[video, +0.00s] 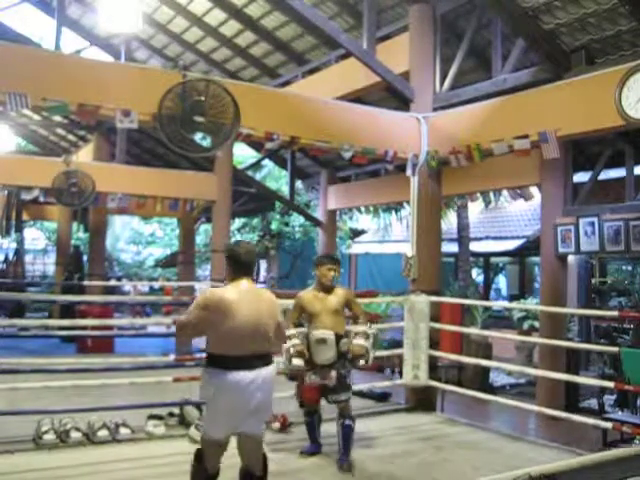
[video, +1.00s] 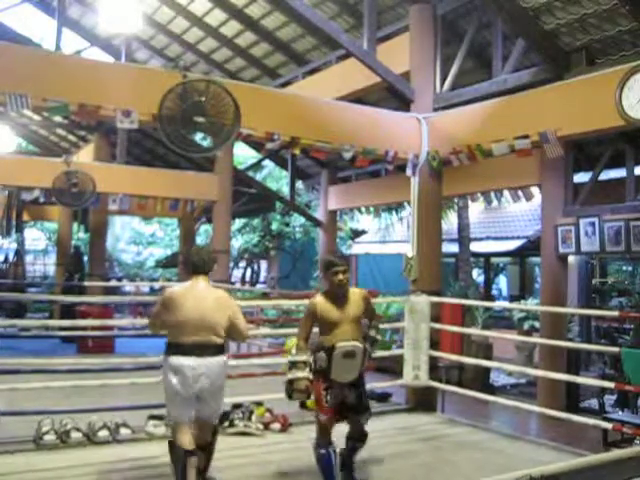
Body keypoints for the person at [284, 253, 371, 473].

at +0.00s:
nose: (332, 274)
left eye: (335, 271)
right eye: (328, 270)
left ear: (338, 273)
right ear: (317, 271)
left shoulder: (344, 295)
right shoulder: (303, 298)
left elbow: (361, 317)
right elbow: (291, 324)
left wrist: (359, 340)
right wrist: (297, 345)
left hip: (339, 350)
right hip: (312, 350)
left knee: (343, 402)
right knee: (308, 398)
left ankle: (345, 454)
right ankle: (314, 443)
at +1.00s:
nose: (342, 278)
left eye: (345, 273)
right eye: (336, 274)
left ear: (349, 274)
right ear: (326, 277)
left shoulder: (361, 297)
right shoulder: (317, 304)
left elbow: (374, 319)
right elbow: (302, 338)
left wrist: (369, 339)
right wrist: (302, 371)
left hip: (355, 368)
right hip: (327, 369)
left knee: (359, 428)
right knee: (324, 427)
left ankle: (348, 462)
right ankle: (328, 473)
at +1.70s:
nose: (328, 273)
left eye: (334, 268)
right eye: (324, 268)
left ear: (345, 271)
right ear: (319, 272)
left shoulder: (359, 304)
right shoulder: (308, 302)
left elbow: (386, 336)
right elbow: (289, 329)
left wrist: (371, 367)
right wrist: (287, 361)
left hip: (344, 379)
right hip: (311, 378)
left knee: (346, 449)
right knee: (300, 452)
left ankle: (349, 475)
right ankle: (321, 476)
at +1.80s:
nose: (321, 273)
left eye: (327, 268)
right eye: (318, 268)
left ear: (340, 270)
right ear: (313, 271)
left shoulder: (356, 304)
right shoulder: (304, 302)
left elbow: (379, 338)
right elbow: (292, 329)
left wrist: (353, 363)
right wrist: (293, 359)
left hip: (340, 387)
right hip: (307, 385)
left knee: (344, 453)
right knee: (289, 447)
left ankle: (347, 475)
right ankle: (300, 475)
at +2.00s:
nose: (299, 276)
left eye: (305, 270)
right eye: (297, 271)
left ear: (321, 273)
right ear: (295, 275)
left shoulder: (339, 303)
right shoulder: (295, 304)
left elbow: (352, 339)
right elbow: (293, 338)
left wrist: (325, 349)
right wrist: (293, 355)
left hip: (328, 381)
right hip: (298, 380)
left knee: (336, 452)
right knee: (281, 446)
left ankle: (343, 470)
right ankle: (278, 472)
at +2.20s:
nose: (271, 274)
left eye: (276, 268)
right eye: (271, 269)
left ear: (293, 272)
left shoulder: (309, 301)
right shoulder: (282, 304)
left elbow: (323, 341)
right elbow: (284, 341)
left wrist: (298, 352)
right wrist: (270, 358)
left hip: (302, 380)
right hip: (279, 378)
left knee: (310, 449)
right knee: (267, 443)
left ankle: (327, 472)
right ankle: (265, 471)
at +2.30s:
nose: (257, 272)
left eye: (262, 267)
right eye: (257, 268)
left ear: (281, 269)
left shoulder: (297, 299)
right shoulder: (271, 301)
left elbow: (310, 340)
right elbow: (271, 340)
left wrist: (283, 355)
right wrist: (257, 359)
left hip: (289, 381)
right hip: (267, 378)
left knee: (299, 461)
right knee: (260, 449)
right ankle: (261, 470)